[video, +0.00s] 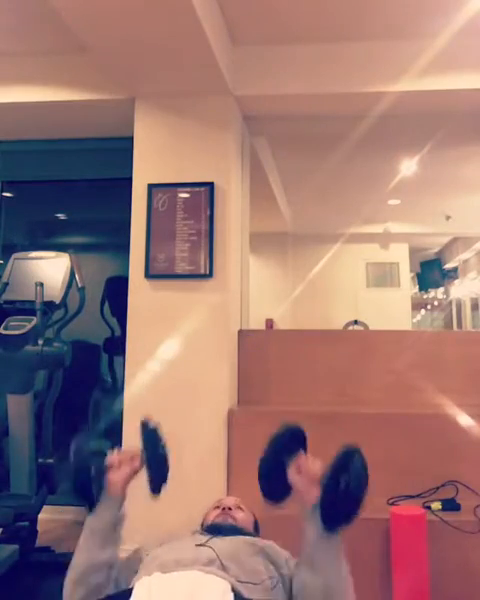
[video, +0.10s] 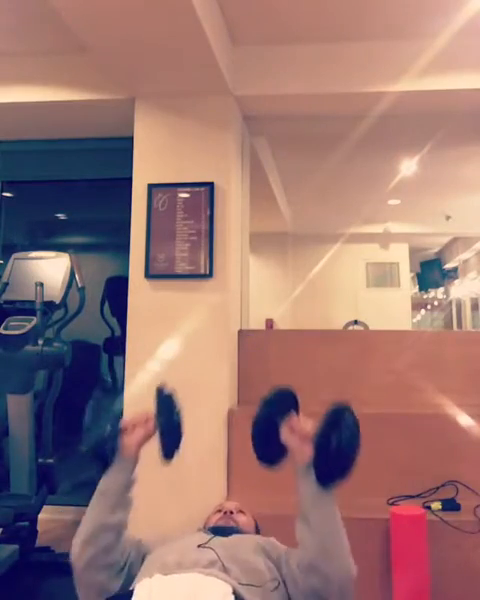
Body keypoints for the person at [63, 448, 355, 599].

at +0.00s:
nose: (226, 506)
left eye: (238, 508)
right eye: (218, 506)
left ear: (255, 530)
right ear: (199, 524)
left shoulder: (271, 553)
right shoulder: (156, 550)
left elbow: (324, 594)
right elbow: (83, 592)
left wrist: (315, 509)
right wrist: (112, 496)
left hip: (223, 589)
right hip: (150, 586)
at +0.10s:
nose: (227, 513)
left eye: (238, 514)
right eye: (218, 512)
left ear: (258, 533)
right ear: (201, 527)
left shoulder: (273, 553)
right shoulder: (156, 552)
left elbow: (332, 581)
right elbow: (92, 565)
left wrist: (307, 468)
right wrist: (124, 461)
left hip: (227, 591)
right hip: (154, 588)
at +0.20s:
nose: (228, 513)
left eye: (240, 515)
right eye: (220, 512)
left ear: (259, 533)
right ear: (204, 527)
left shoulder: (275, 553)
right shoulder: (153, 547)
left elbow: (319, 535)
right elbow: (110, 517)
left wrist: (296, 431)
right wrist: (140, 429)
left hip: (223, 590)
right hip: (152, 587)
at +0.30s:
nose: (233, 515)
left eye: (245, 516)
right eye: (224, 513)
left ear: (262, 532)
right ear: (208, 524)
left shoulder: (282, 563)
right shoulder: (150, 546)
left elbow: (305, 506)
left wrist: (286, 404)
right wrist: (155, 398)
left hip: (220, 589)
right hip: (144, 588)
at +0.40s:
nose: (236, 512)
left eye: (248, 514)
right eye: (227, 511)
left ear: (262, 528)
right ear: (212, 521)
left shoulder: (280, 557)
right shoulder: (161, 539)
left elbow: (297, 489)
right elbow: (154, 471)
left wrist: (279, 394)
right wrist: (163, 389)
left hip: (224, 588)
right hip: (146, 587)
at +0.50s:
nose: (234, 510)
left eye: (245, 512)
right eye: (226, 509)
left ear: (261, 529)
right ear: (209, 521)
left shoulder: (281, 560)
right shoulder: (155, 546)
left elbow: (301, 502)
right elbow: (142, 486)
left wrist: (284, 407)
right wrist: (159, 403)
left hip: (223, 588)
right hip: (144, 588)